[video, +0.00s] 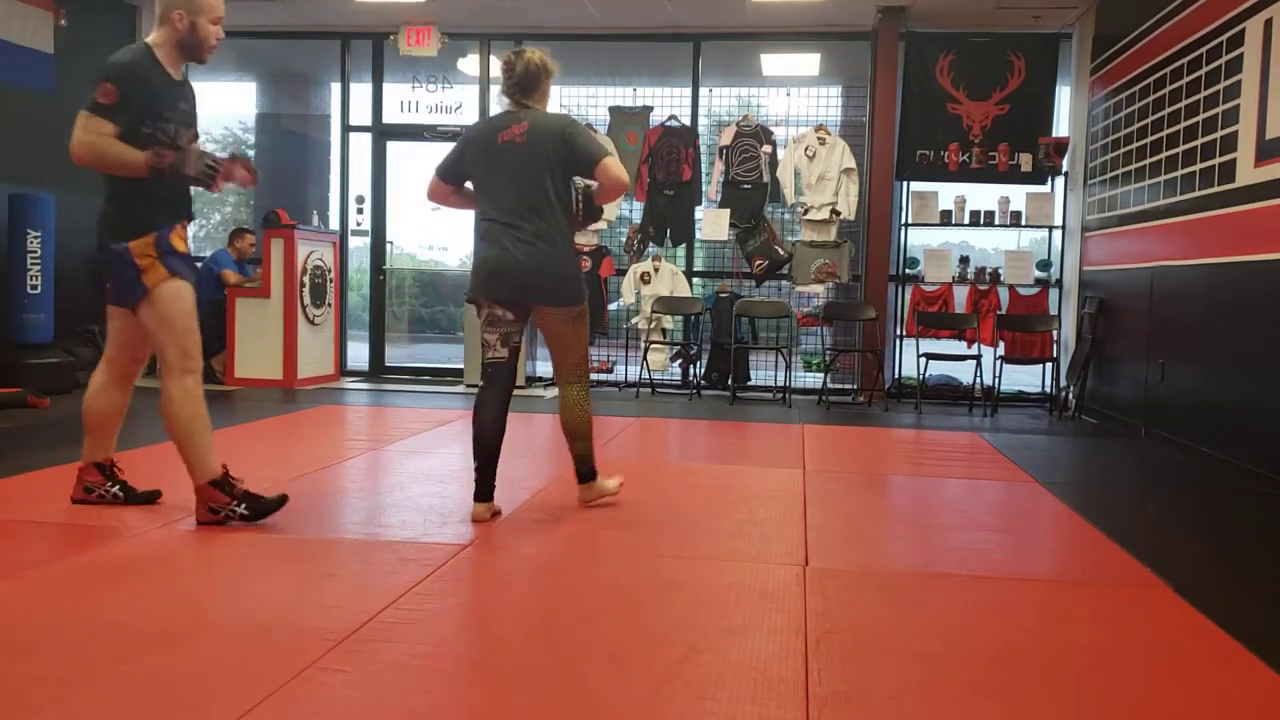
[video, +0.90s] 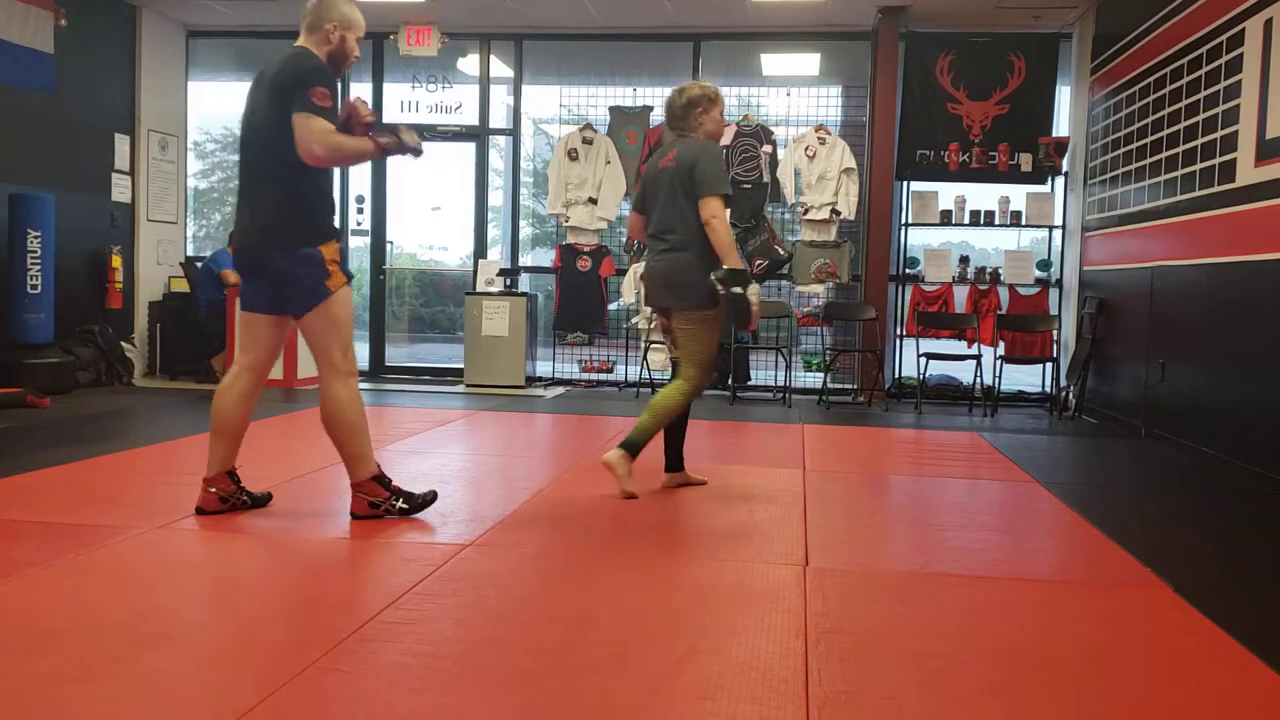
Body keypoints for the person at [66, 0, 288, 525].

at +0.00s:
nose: (221, 35)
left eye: (222, 25)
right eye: (215, 23)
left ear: (183, 22)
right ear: (179, 18)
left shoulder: (181, 80)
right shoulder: (127, 68)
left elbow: (172, 154)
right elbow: (84, 145)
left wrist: (213, 171)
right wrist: (155, 161)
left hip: (156, 234)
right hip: (142, 235)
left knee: (121, 362)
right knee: (185, 360)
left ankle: (94, 475)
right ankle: (213, 491)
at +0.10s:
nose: (245, 35)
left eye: (245, 24)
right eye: (241, 22)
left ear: (208, 21)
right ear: (209, 19)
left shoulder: (185, 75)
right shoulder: (159, 71)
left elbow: (168, 156)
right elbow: (136, 155)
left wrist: (226, 165)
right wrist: (218, 166)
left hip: (173, 234)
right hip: (173, 236)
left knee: (156, 363)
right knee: (204, 364)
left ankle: (101, 468)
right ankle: (220, 494)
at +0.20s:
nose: (264, 37)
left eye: (266, 26)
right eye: (263, 24)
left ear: (222, 16)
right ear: (237, 17)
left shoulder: (182, 62)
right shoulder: (199, 65)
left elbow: (199, 158)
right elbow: (209, 161)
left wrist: (252, 152)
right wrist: (266, 151)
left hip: (175, 227)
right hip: (191, 229)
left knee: (202, 353)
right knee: (213, 365)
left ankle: (129, 444)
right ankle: (220, 492)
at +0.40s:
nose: (292, 31)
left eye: (293, 21)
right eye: (294, 21)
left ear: (243, 11)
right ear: (281, 16)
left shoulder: (203, 58)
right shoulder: (251, 64)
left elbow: (222, 143)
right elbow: (279, 156)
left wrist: (285, 120)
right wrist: (310, 128)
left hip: (197, 222)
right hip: (218, 225)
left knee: (242, 344)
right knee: (231, 354)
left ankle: (202, 464)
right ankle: (221, 492)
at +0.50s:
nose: (299, 43)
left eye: (301, 33)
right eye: (301, 32)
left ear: (249, 17)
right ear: (289, 23)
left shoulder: (209, 65)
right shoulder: (261, 68)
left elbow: (227, 150)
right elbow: (278, 160)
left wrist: (296, 142)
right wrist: (314, 152)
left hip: (203, 234)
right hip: (243, 232)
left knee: (235, 358)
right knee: (264, 362)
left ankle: (217, 486)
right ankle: (229, 491)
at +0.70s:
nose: (326, 46)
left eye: (328, 36)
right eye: (326, 34)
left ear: (282, 18)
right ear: (306, 22)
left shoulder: (233, 66)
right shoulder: (280, 57)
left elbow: (236, 144)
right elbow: (267, 128)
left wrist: (311, 144)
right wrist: (323, 148)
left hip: (224, 231)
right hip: (273, 227)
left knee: (232, 357)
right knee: (331, 345)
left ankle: (217, 483)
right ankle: (302, 472)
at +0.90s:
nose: (357, 54)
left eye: (360, 45)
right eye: (357, 42)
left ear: (314, 29)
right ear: (334, 32)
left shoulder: (273, 72)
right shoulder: (310, 70)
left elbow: (285, 151)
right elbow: (315, 148)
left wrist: (343, 130)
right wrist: (385, 144)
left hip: (257, 240)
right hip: (303, 241)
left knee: (248, 364)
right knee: (339, 366)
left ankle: (217, 484)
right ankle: (369, 488)